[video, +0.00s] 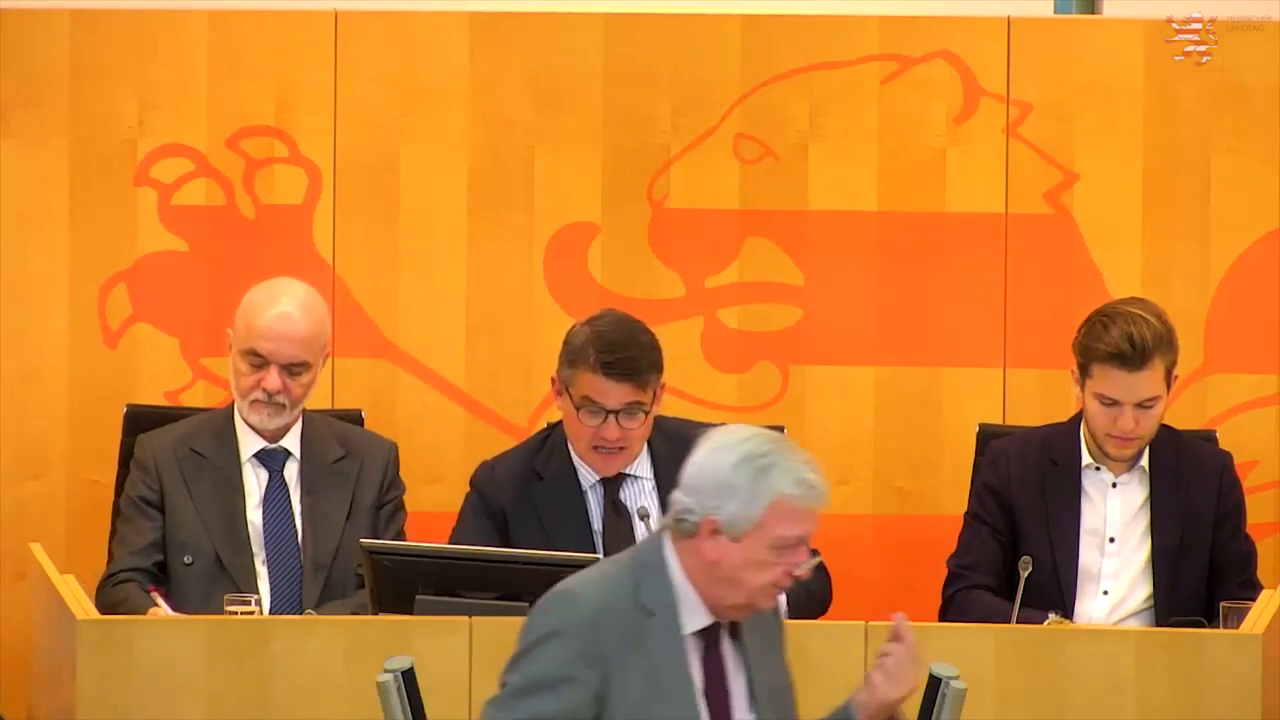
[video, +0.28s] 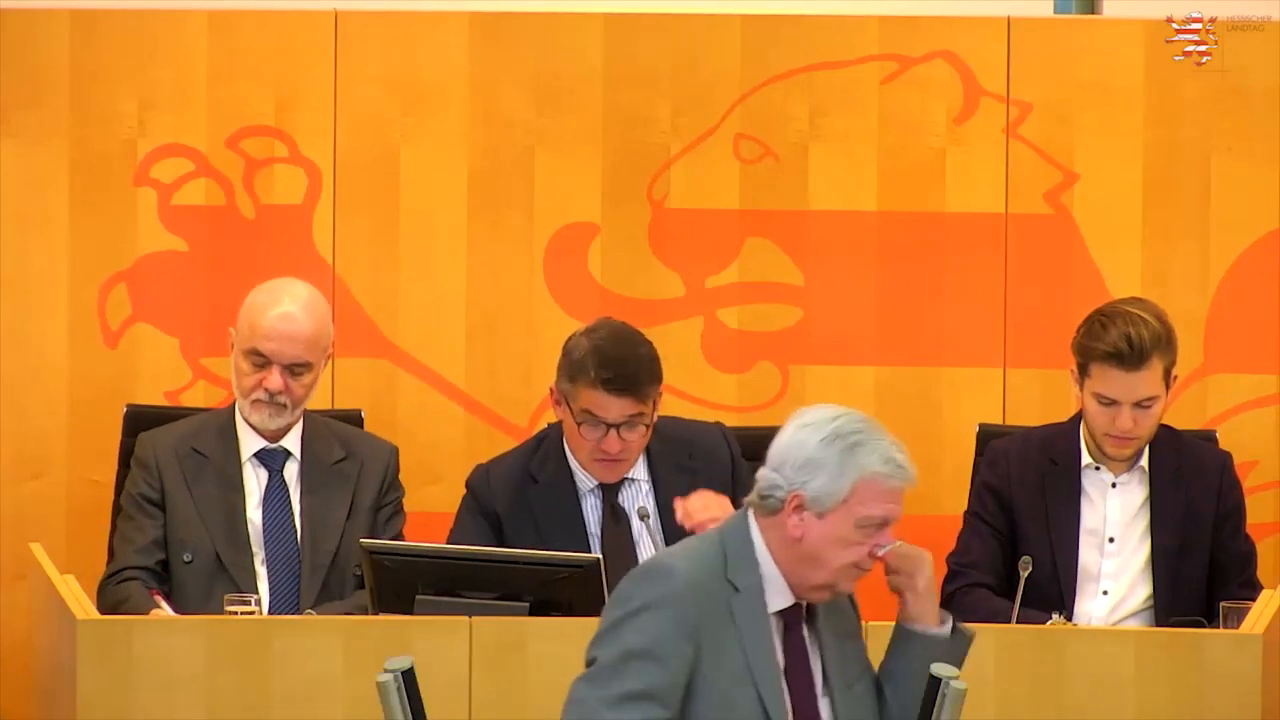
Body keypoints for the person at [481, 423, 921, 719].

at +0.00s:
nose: (802, 568)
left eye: (807, 547)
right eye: (785, 548)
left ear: (719, 540)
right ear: (713, 537)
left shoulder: (758, 605)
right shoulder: (580, 618)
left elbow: (775, 714)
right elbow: (515, 714)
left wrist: (864, 706)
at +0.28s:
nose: (886, 549)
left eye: (890, 527)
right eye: (871, 527)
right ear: (798, 514)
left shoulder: (831, 591)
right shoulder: (670, 590)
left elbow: (880, 711)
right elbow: (603, 709)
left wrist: (921, 618)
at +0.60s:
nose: (883, 560)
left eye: (891, 537)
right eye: (865, 536)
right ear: (793, 514)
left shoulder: (855, 587)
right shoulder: (672, 596)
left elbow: (885, 709)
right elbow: (602, 712)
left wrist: (929, 663)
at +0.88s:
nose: (804, 579)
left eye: (823, 556)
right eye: (782, 557)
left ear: (843, 531)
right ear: (726, 524)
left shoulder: (876, 585)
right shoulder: (616, 594)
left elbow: (903, 717)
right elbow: (551, 715)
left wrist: (889, 672)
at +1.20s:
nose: (653, 610)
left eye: (676, 586)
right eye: (628, 588)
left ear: (712, 547)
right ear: (594, 555)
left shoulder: (800, 592)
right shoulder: (523, 616)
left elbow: (847, 714)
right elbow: (486, 716)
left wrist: (755, 691)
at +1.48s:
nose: (516, 613)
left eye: (540, 589)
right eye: (491, 587)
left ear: (588, 555)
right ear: (468, 568)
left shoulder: (691, 595)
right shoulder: (426, 608)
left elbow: (734, 714)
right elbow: (408, 711)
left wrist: (617, 710)